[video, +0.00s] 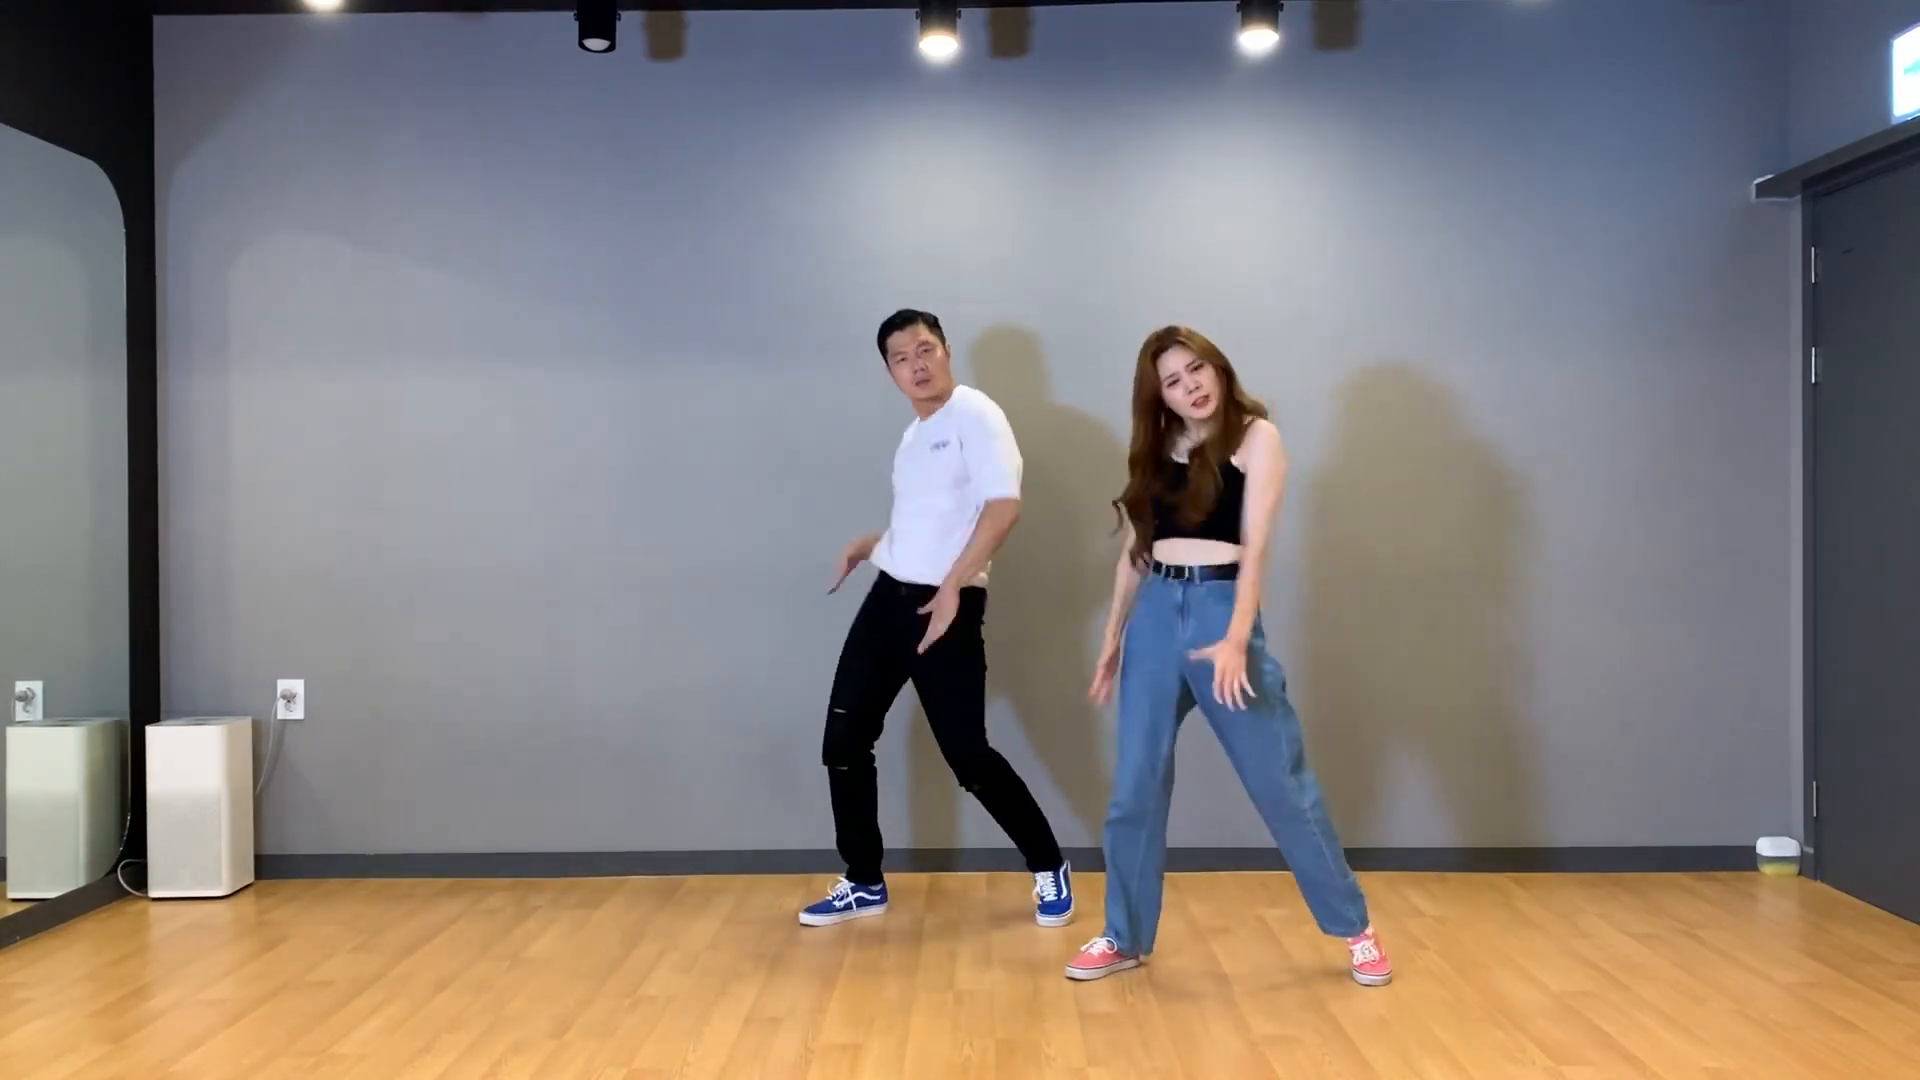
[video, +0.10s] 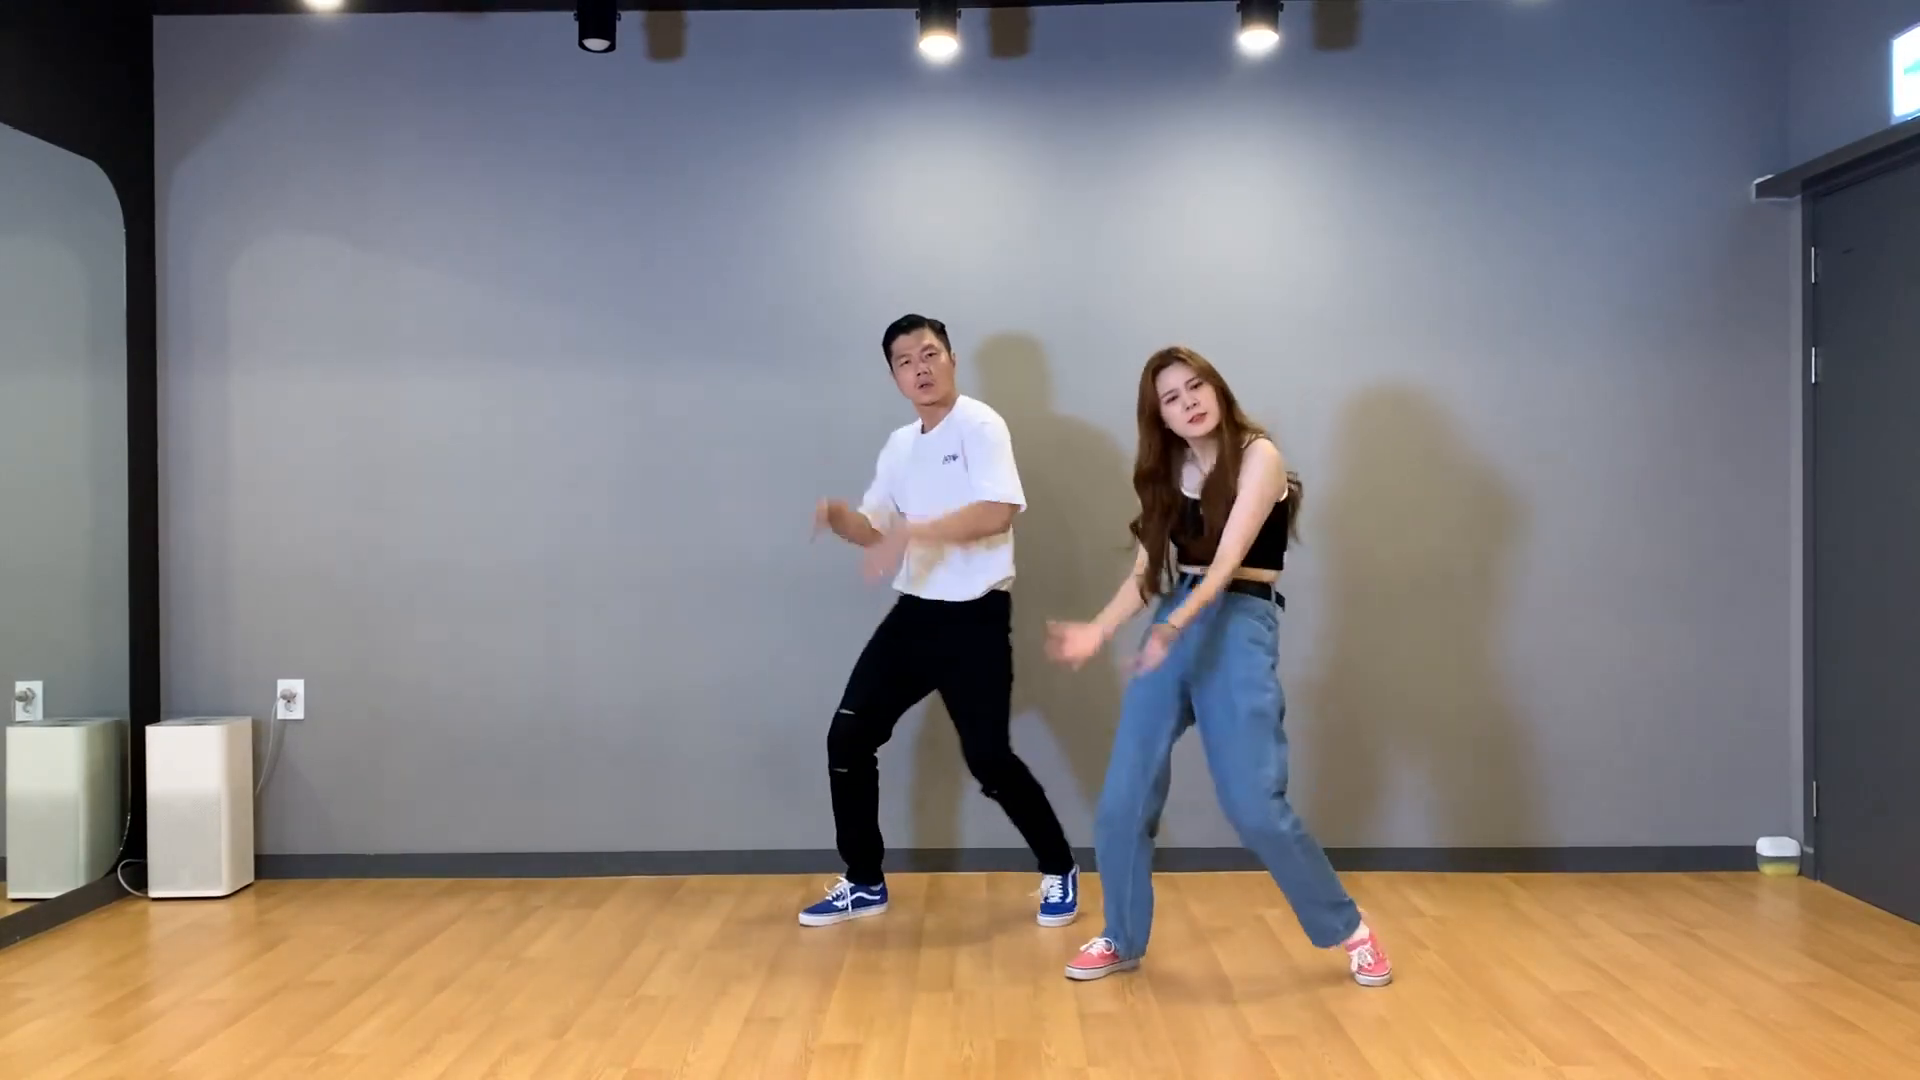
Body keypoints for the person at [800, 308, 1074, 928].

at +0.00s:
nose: (917, 363)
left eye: (926, 349)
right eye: (902, 358)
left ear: (947, 355)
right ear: (891, 374)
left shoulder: (976, 413)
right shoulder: (914, 435)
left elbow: (1004, 507)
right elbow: (920, 522)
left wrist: (951, 584)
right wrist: (871, 543)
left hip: (948, 603)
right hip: (889, 600)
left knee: (969, 758)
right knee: (845, 742)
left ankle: (1049, 866)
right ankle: (864, 883)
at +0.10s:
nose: (921, 368)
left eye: (930, 354)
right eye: (906, 362)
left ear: (952, 361)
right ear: (895, 378)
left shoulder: (981, 423)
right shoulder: (899, 445)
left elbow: (999, 513)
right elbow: (874, 532)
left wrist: (915, 532)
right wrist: (841, 517)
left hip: (977, 615)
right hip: (915, 615)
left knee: (990, 761)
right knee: (849, 741)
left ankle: (1059, 867)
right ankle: (864, 883)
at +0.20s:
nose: (922, 372)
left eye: (933, 359)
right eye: (909, 365)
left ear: (956, 367)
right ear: (897, 379)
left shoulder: (977, 436)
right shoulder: (890, 435)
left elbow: (944, 510)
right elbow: (849, 510)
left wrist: (891, 443)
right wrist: (826, 443)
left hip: (999, 614)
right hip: (937, 619)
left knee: (1027, 760)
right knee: (863, 740)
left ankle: (1094, 875)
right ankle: (864, 883)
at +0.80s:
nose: (924, 390)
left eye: (933, 374)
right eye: (910, 382)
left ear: (957, 370)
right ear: (899, 390)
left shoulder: (984, 444)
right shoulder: (900, 423)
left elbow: (957, 512)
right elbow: (873, 500)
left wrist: (915, 437)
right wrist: (860, 429)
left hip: (996, 617)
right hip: (936, 619)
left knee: (1030, 760)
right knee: (861, 739)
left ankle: (1105, 878)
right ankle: (866, 883)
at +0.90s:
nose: (920, 379)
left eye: (929, 363)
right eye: (906, 371)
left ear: (953, 357)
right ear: (895, 376)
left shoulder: (995, 424)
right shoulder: (890, 415)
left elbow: (1029, 515)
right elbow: (863, 487)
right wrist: (849, 506)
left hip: (975, 612)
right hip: (909, 609)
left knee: (994, 757)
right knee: (846, 738)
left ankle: (1061, 860)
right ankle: (864, 883)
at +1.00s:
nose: (923, 375)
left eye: (933, 360)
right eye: (909, 366)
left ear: (957, 360)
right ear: (899, 375)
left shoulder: (1005, 439)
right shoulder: (884, 437)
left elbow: (1029, 533)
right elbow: (858, 525)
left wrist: (1023, 620)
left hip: (968, 622)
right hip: (892, 618)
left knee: (991, 758)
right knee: (831, 737)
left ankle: (1010, 877)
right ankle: (860, 881)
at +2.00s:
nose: (921, 381)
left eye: (928, 369)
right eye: (908, 368)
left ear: (935, 373)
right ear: (875, 372)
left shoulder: (955, 439)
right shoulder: (828, 437)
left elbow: (973, 538)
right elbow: (803, 526)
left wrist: (981, 622)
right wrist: (803, 610)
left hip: (940, 619)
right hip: (859, 619)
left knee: (972, 743)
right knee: (825, 747)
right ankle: (850, 879)